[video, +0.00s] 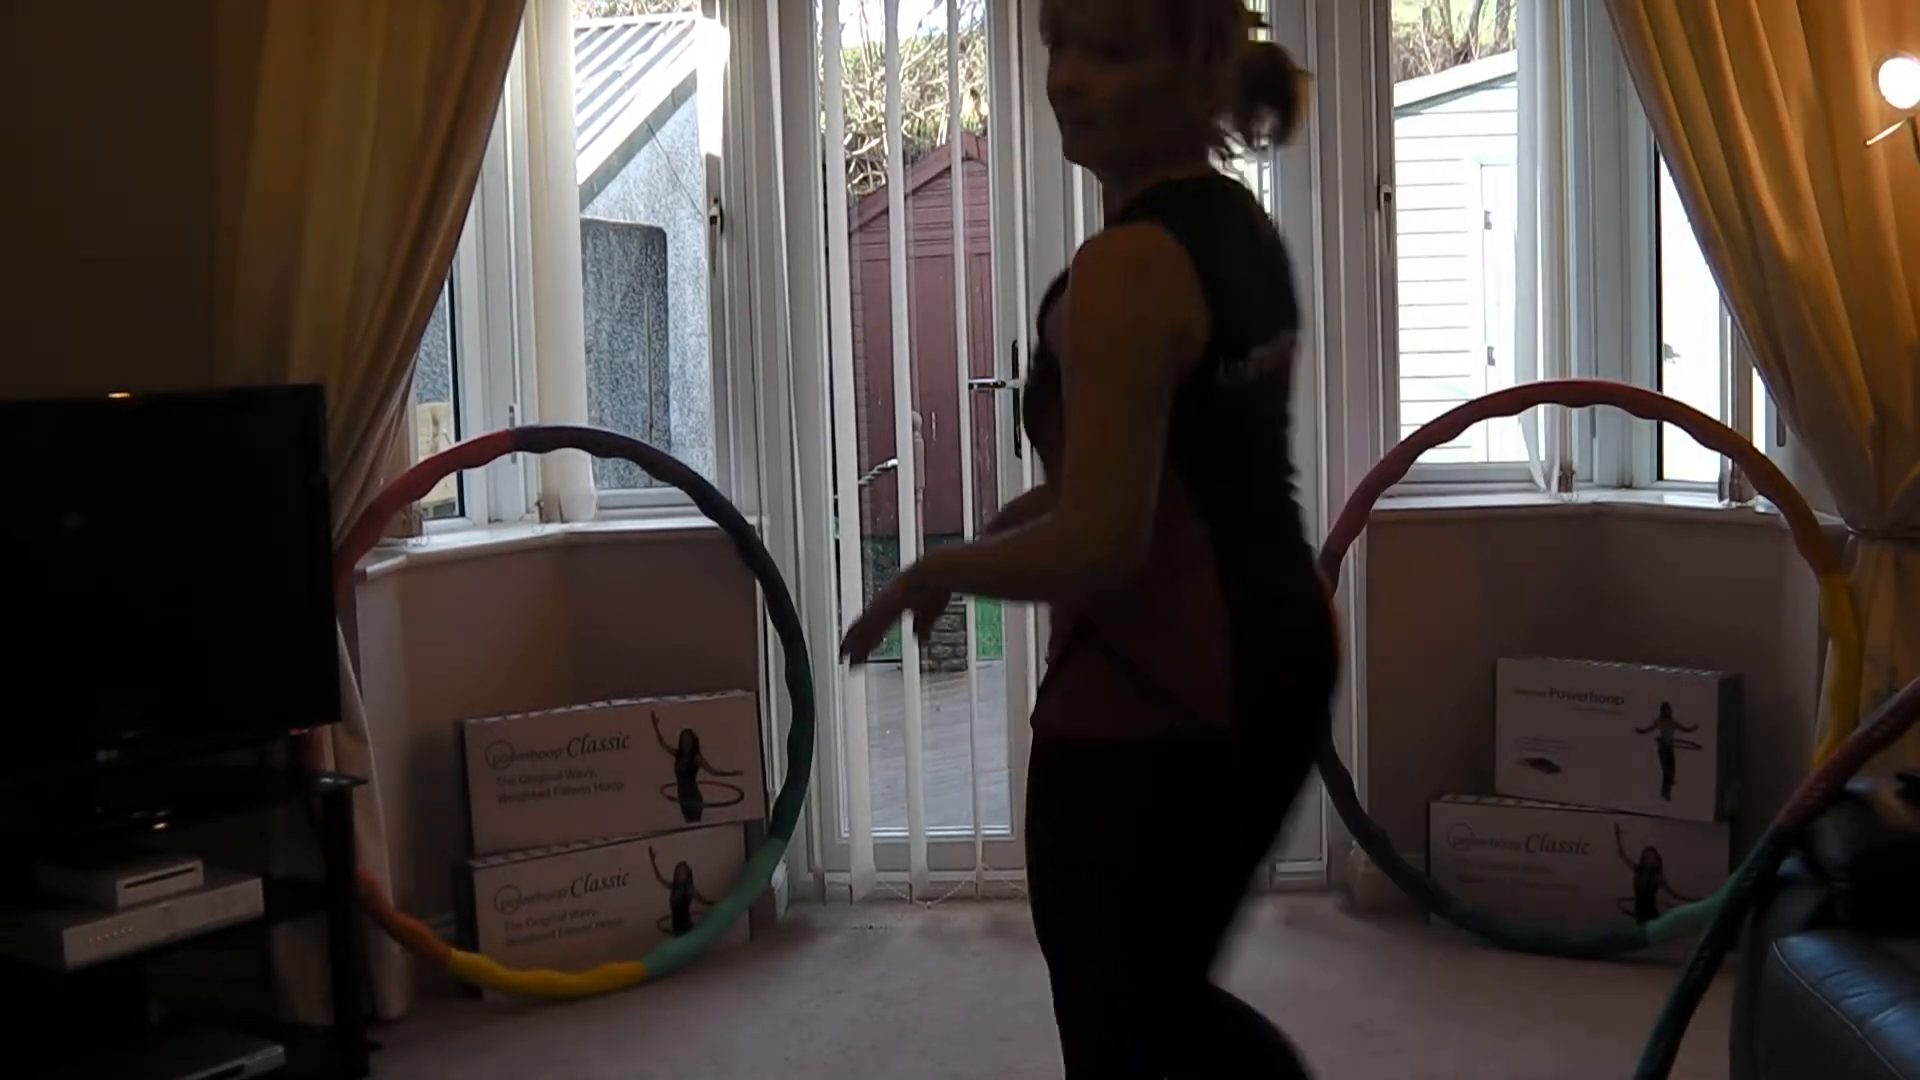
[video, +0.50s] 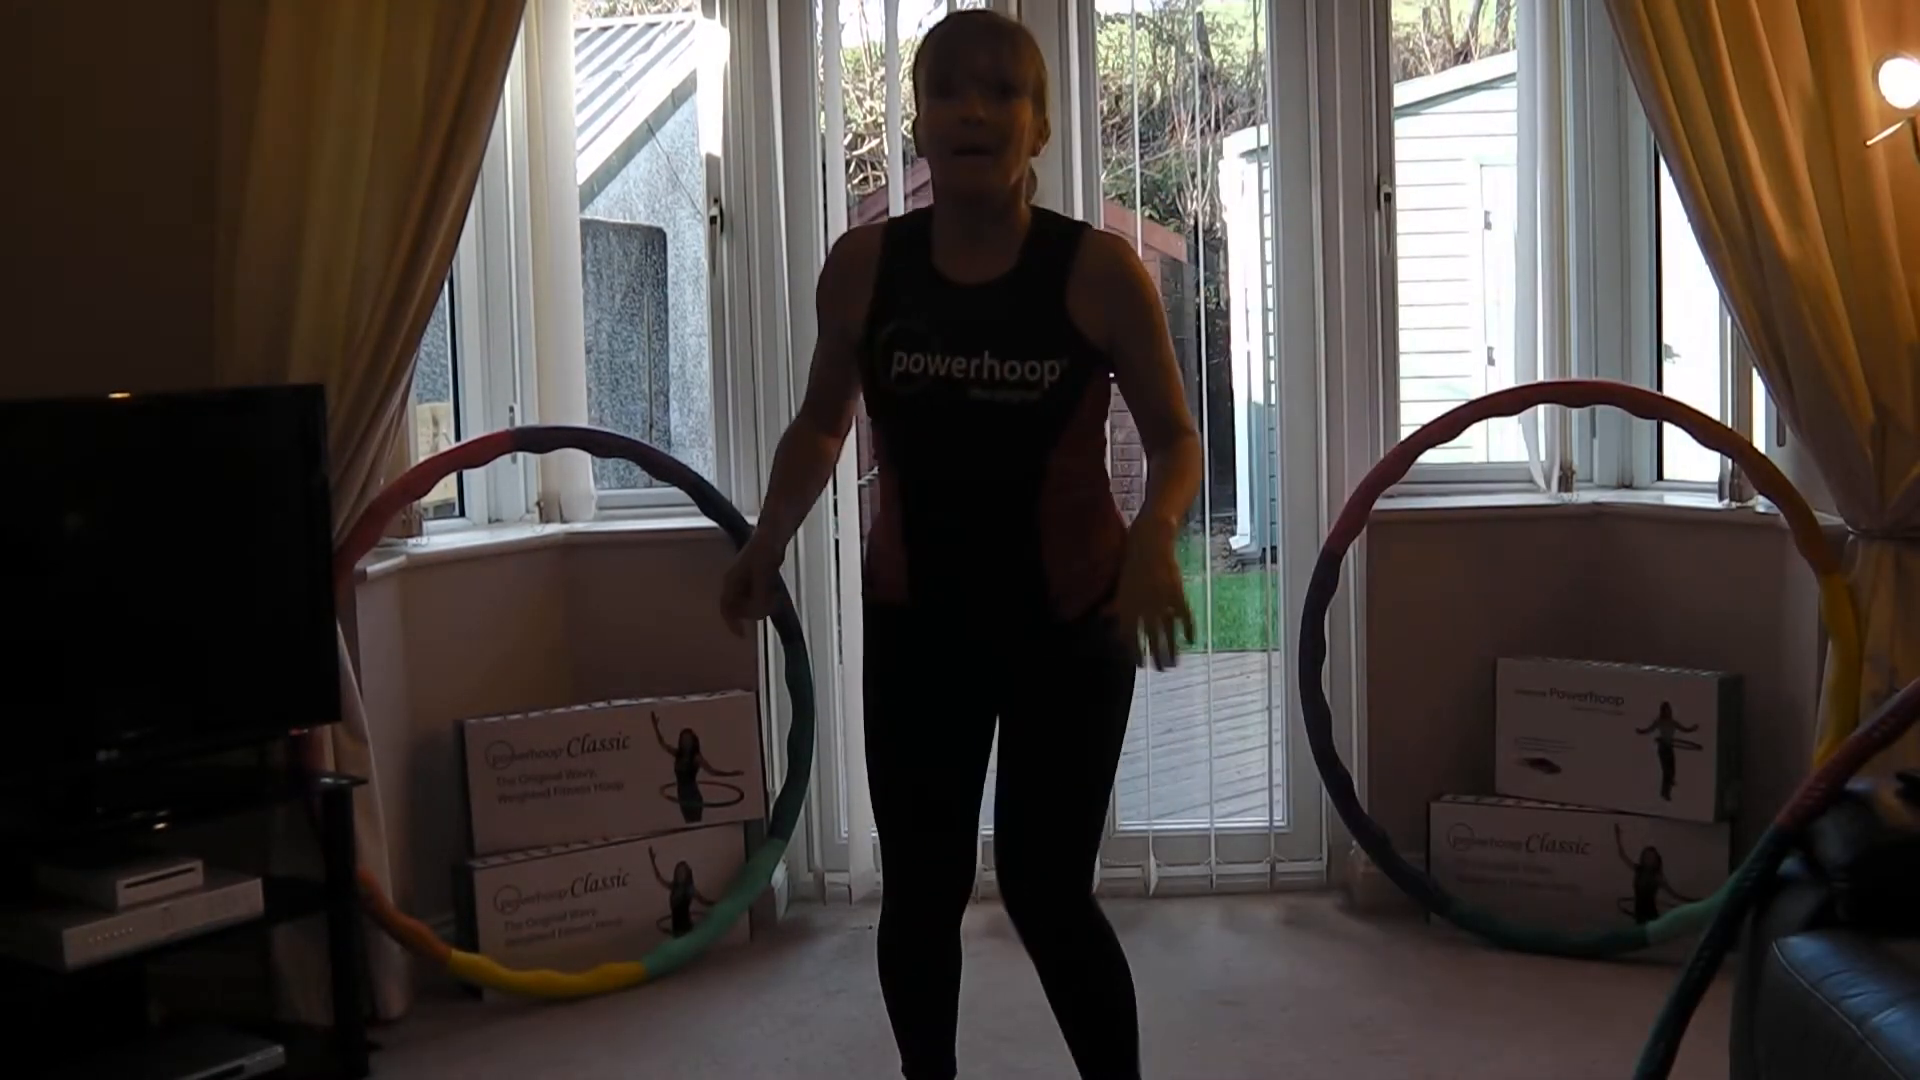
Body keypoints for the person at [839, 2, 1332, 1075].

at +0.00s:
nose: (1065, 78)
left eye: (1110, 48)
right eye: (1057, 45)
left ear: (1198, 69)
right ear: (1039, 52)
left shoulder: (1123, 267)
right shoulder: (1236, 231)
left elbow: (1097, 542)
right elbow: (1193, 468)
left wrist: (939, 569)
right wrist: (1037, 514)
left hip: (1147, 680)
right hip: (1263, 660)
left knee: (1113, 1022)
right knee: (1162, 990)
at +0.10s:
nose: (1053, 57)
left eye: (1098, 31)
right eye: (1037, 29)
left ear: (1169, 58)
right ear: (1014, 44)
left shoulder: (1127, 227)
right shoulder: (1110, 216)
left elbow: (1133, 490)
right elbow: (1110, 461)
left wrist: (959, 528)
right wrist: (982, 505)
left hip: (1147, 657)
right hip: (1131, 648)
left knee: (1041, 940)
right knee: (1045, 937)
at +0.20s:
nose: (1041, 59)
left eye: (1079, 34)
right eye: (1017, 33)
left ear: (1131, 69)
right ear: (992, 60)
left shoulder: (1134, 224)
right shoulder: (1023, 218)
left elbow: (1180, 462)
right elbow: (1031, 434)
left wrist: (977, 524)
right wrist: (921, 505)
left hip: (1130, 644)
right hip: (1026, 631)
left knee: (1078, 970)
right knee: (962, 930)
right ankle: (1016, 1075)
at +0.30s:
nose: (1016, 84)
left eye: (1050, 57)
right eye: (992, 55)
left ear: (1096, 87)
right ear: (964, 76)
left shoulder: (1130, 252)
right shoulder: (942, 238)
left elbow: (1215, 468)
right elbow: (948, 423)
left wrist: (1037, 532)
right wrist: (839, 531)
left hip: (1100, 653)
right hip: (964, 635)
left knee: (1060, 967)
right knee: (911, 963)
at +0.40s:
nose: (990, 107)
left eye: (1021, 84)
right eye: (964, 82)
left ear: (1062, 113)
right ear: (933, 107)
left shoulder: (1114, 274)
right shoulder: (887, 258)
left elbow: (1209, 466)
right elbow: (860, 420)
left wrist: (1113, 536)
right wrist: (779, 548)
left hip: (1071, 644)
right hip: (931, 633)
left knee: (1036, 926)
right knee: (917, 926)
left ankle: (1130, 1076)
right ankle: (934, 1077)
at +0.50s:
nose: (966, 124)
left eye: (993, 104)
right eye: (944, 104)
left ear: (1037, 123)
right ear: (919, 120)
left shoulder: (1100, 273)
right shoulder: (865, 265)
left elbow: (1178, 442)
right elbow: (822, 418)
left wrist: (1154, 536)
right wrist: (766, 542)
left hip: (1068, 620)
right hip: (919, 622)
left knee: (1046, 888)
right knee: (918, 891)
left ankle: (1114, 1079)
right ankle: (928, 1078)